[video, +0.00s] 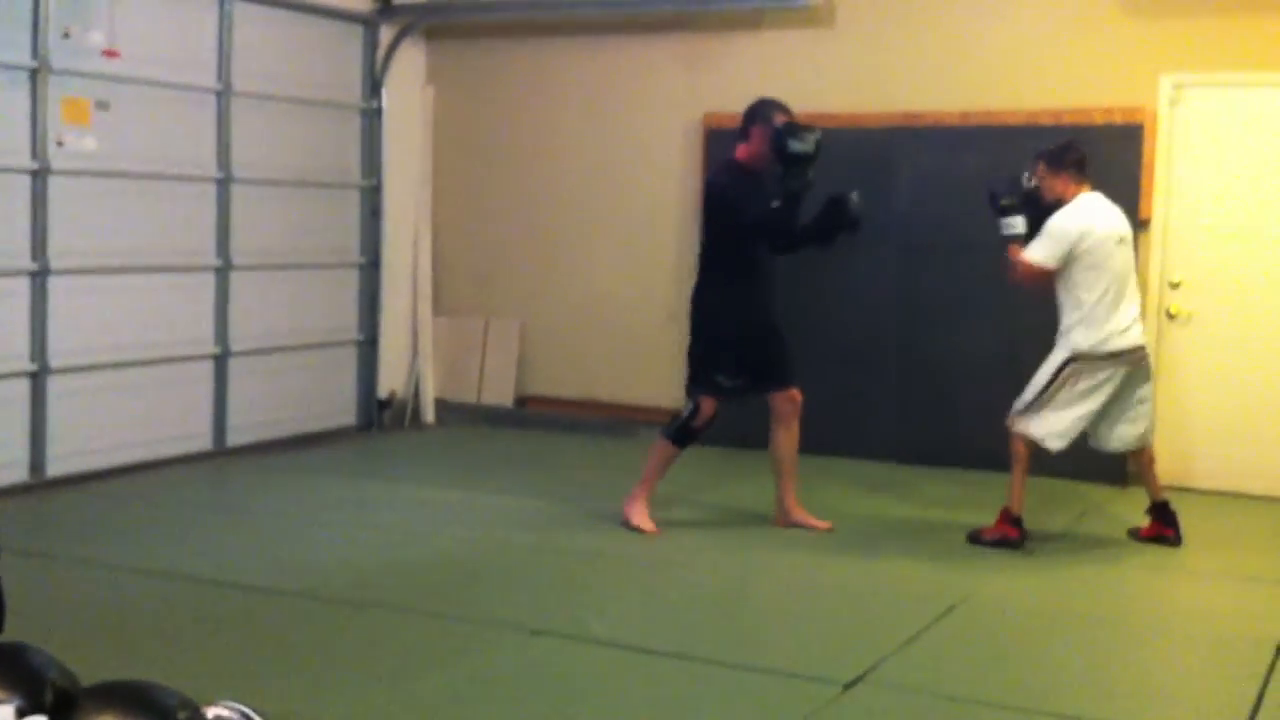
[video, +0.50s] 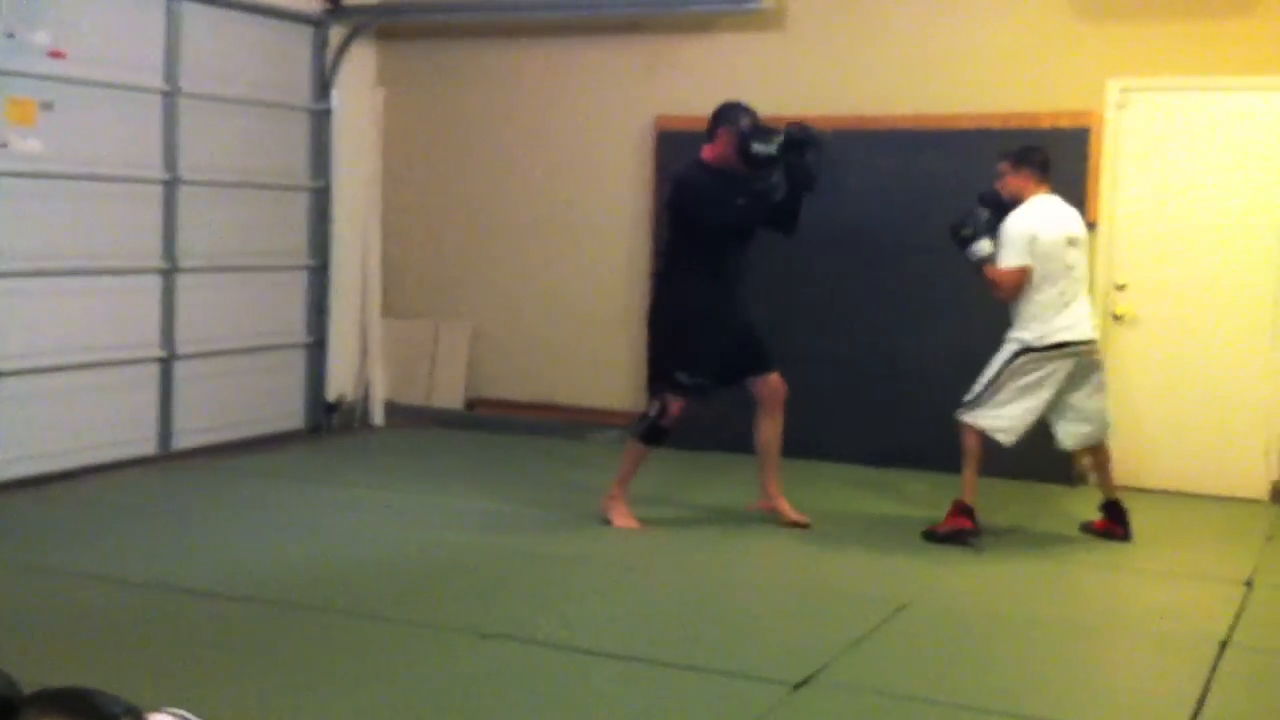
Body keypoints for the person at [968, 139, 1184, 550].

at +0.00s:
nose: (1040, 187)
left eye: (1043, 178)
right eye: (1039, 179)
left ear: (1064, 176)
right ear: (1079, 175)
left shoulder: (1070, 219)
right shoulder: (1113, 212)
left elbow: (1027, 270)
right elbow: (1068, 265)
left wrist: (1012, 230)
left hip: (1088, 348)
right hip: (1130, 344)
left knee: (1021, 424)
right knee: (1138, 438)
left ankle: (1011, 522)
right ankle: (1163, 517)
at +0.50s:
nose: (1000, 184)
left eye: (1005, 176)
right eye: (1001, 176)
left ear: (1026, 176)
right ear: (1041, 176)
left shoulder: (1021, 221)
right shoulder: (1071, 215)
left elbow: (1006, 286)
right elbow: (1048, 268)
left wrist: (980, 250)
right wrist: (1005, 222)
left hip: (1039, 341)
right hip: (1082, 337)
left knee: (971, 417)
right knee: (1092, 431)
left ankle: (964, 512)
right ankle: (1115, 513)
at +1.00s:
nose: (855, 235)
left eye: (856, 227)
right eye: (853, 229)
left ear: (872, 220)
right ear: (889, 219)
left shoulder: (882, 249)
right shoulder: (919, 255)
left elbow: (811, 253)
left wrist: (789, 203)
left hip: (922, 380)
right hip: (953, 374)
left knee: (836, 429)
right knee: (964, 446)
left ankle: (817, 520)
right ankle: (1028, 499)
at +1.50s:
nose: (787, 204)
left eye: (790, 195)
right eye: (785, 197)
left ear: (810, 190)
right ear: (815, 190)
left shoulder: (820, 229)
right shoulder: (843, 214)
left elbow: (758, 265)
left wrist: (761, 214)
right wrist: (767, 214)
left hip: (837, 349)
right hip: (870, 343)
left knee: (773, 422)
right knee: (881, 419)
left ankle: (757, 513)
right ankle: (922, 487)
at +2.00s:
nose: (820, 211)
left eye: (823, 202)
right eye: (820, 202)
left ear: (837, 200)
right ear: (855, 196)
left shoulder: (843, 244)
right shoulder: (896, 230)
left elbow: (799, 295)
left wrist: (788, 258)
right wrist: (818, 242)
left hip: (870, 362)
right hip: (915, 361)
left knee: (798, 430)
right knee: (929, 440)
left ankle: (791, 524)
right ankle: (956, 518)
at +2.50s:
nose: (754, 204)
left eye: (757, 194)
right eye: (755, 194)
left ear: (772, 191)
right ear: (797, 188)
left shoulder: (773, 234)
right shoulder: (842, 227)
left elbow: (757, 299)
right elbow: (832, 284)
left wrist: (736, 270)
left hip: (798, 360)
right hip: (849, 358)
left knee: (738, 445)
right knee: (854, 445)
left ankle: (725, 541)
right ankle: (881, 527)